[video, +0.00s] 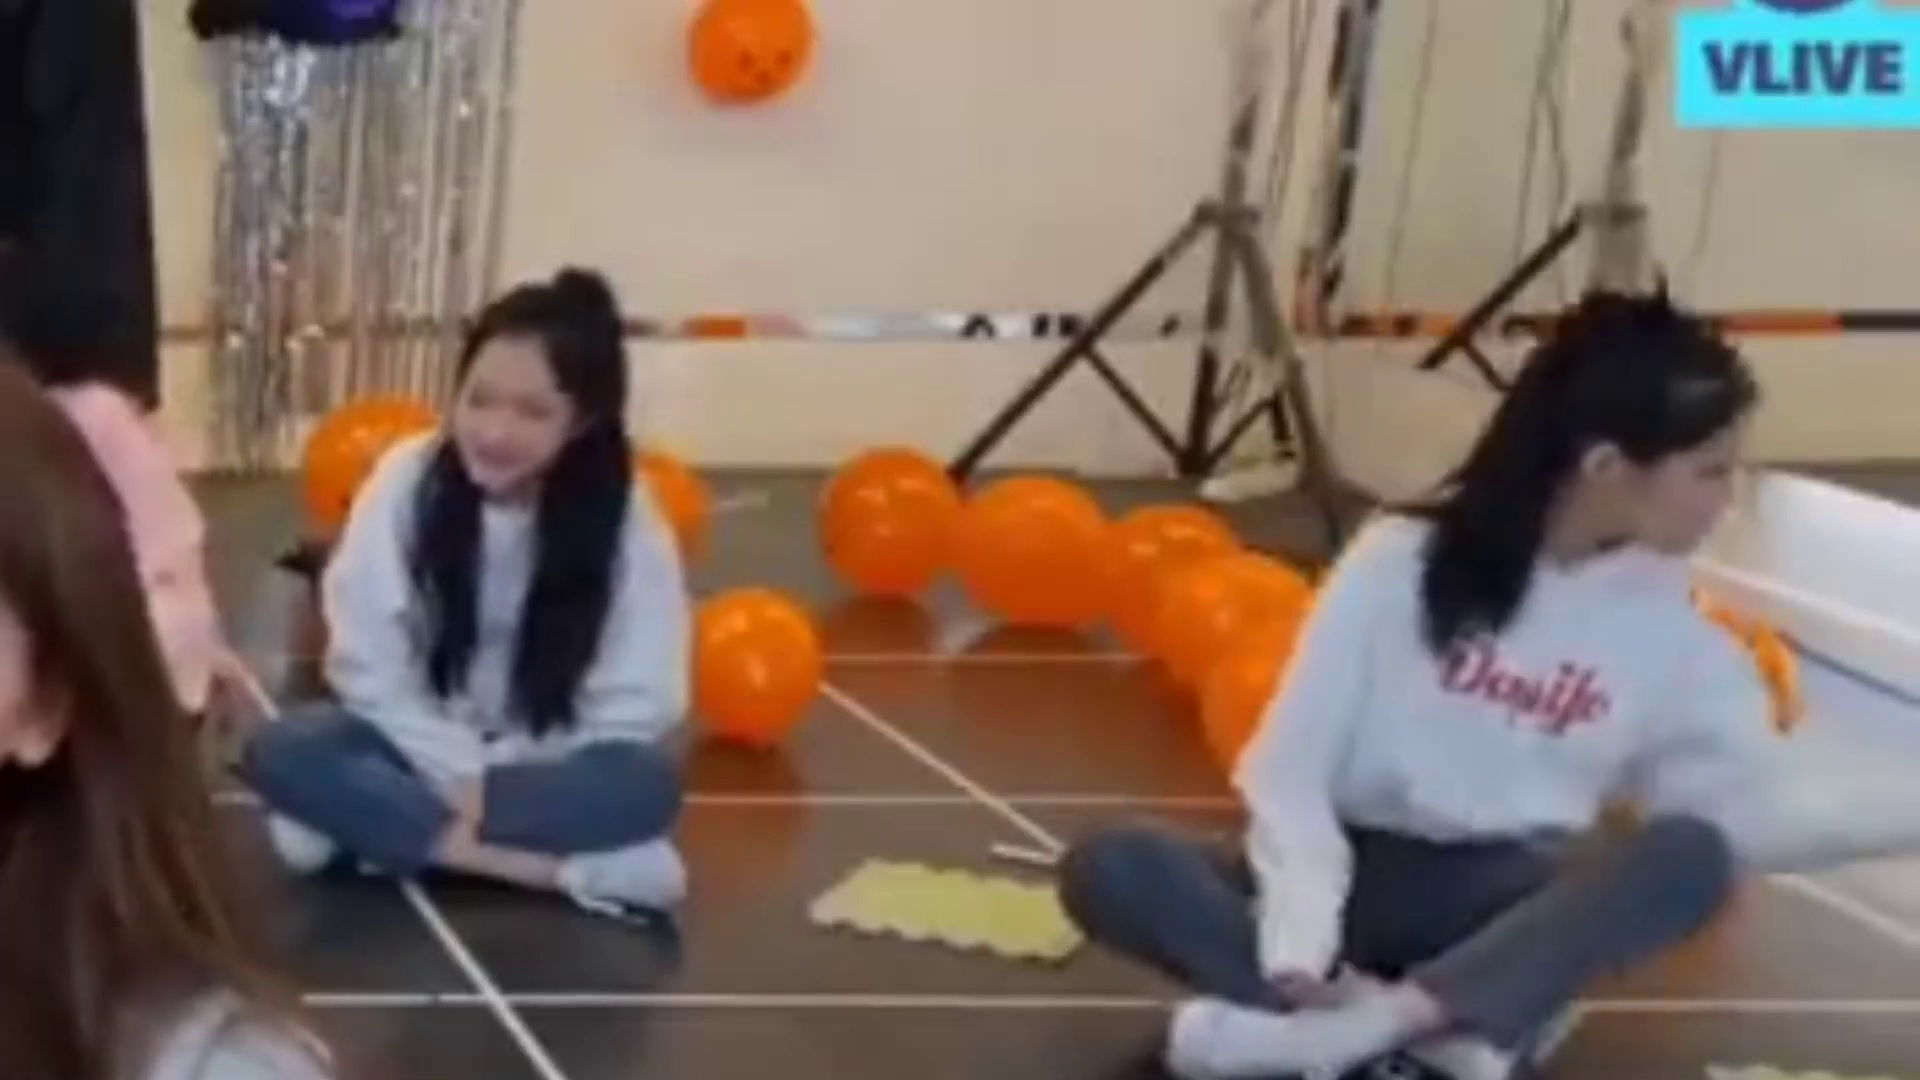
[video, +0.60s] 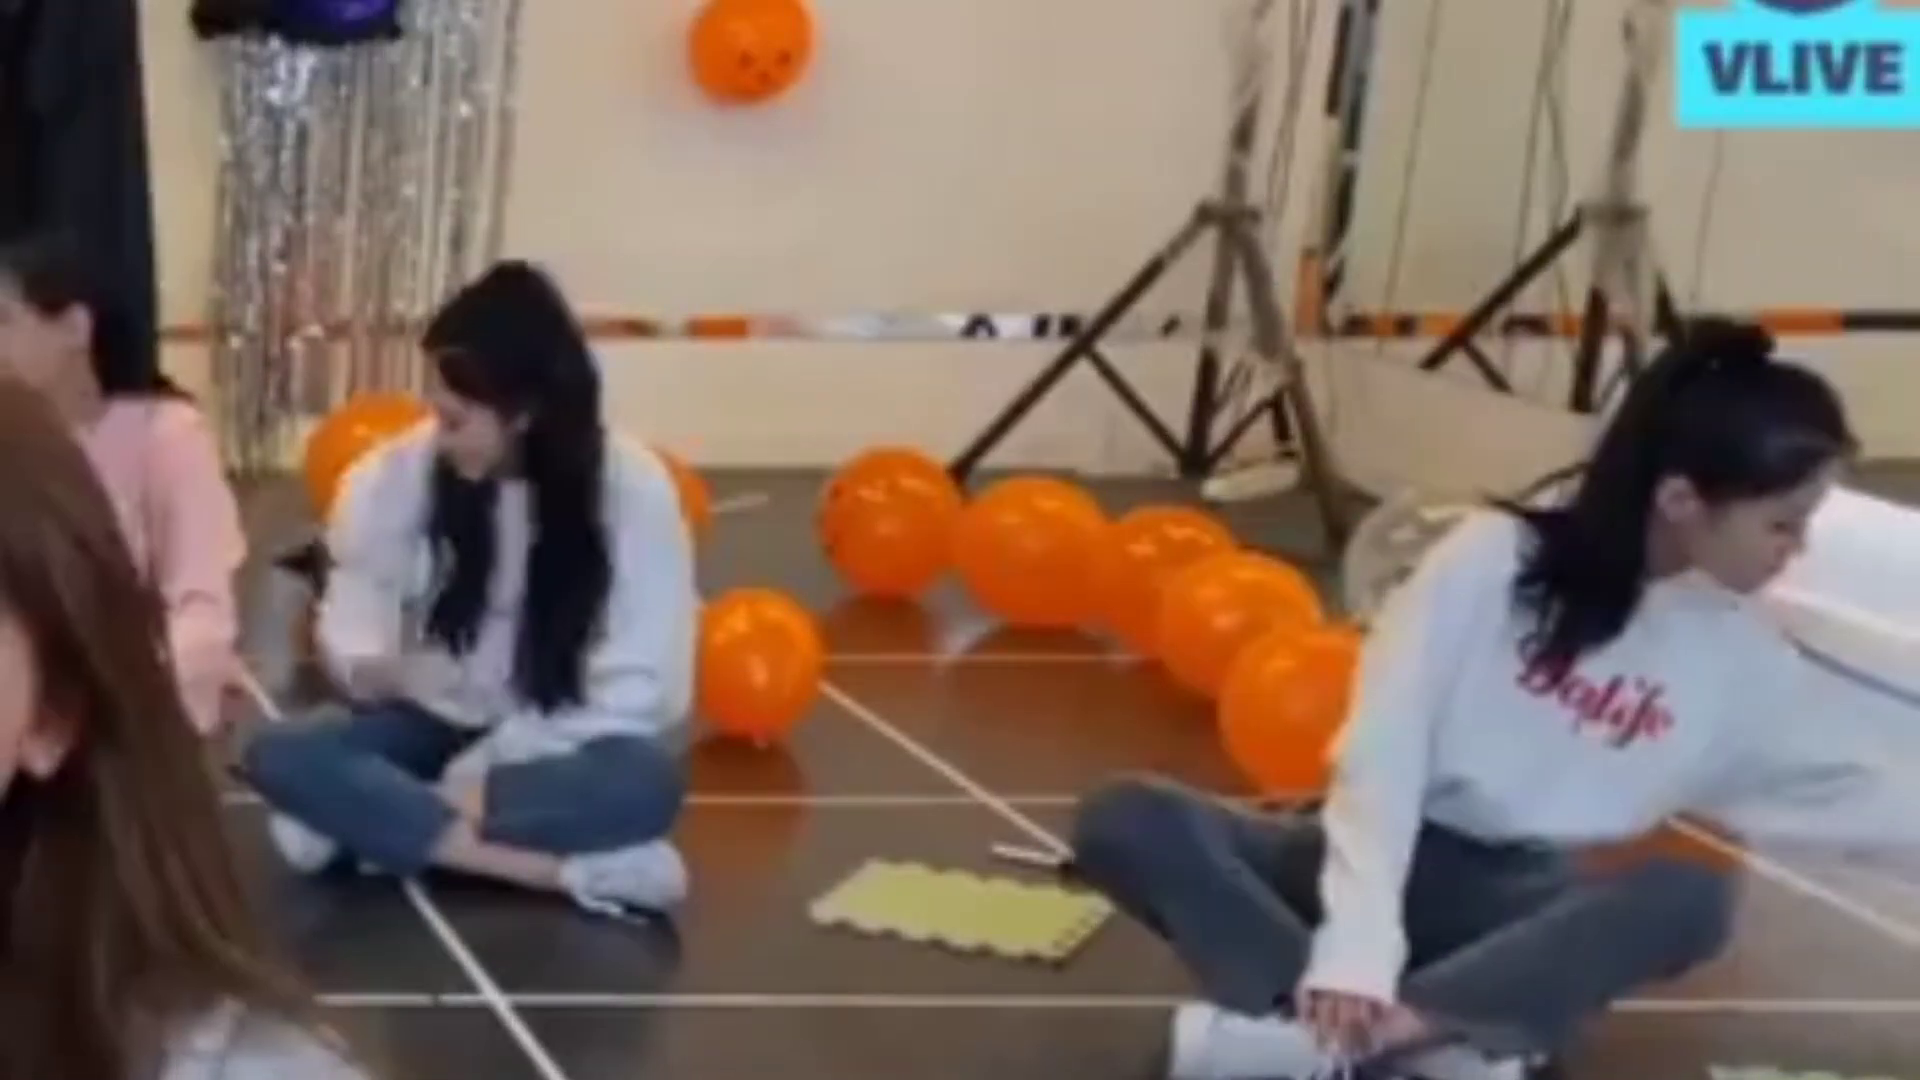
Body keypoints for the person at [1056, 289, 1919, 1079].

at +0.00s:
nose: (1729, 497)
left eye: (1733, 471)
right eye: (1709, 473)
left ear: (1615, 473)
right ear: (1605, 467)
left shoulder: (1673, 637)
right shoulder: (1399, 559)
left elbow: (1747, 810)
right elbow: (1287, 767)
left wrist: (1915, 803)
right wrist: (1303, 959)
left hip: (1499, 894)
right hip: (1339, 865)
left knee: (1693, 854)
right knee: (1105, 864)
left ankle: (1364, 1023)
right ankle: (1415, 1036)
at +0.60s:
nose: (1798, 547)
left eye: (1807, 522)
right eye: (1784, 522)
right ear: (1684, 504)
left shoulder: (1738, 669)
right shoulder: (1488, 557)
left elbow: (1886, 793)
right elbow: (1379, 758)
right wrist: (1360, 944)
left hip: (1505, 894)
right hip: (1363, 851)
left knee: (1693, 899)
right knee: (1121, 819)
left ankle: (1331, 1038)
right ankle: (1407, 1047)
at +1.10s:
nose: (1799, 538)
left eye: (1809, 513)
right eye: (1782, 510)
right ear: (1683, 483)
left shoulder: (1736, 647)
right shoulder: (1482, 554)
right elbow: (1376, 761)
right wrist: (1351, 948)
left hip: (1516, 891)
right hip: (1369, 856)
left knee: (1687, 889)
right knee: (1143, 793)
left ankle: (1325, 1038)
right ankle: (1410, 1046)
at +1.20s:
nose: (1808, 550)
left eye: (1818, 524)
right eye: (1796, 520)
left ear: (1701, 492)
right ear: (1696, 487)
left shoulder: (1727, 651)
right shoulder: (1489, 554)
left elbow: (1683, 847)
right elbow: (1379, 757)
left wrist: (1698, 937)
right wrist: (1356, 947)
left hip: (1515, 894)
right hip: (1370, 856)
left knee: (1687, 885)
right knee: (1147, 791)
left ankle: (1325, 1040)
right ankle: (1410, 1044)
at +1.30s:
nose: (1808, 549)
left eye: (1821, 524)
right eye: (1797, 519)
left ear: (1710, 489)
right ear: (1707, 485)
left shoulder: (1727, 650)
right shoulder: (1488, 556)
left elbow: (1705, 833)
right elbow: (1376, 759)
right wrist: (1360, 950)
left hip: (1511, 886)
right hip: (1366, 852)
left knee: (1693, 894)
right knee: (1147, 791)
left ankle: (1332, 1039)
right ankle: (1404, 1043)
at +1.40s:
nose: (1805, 540)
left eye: (1820, 514)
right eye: (1794, 510)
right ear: (1704, 480)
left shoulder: (1728, 650)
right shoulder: (1481, 555)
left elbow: (1805, 819)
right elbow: (1374, 761)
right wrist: (1354, 954)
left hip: (1509, 886)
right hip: (1363, 853)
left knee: (1693, 899)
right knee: (1144, 793)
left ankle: (1329, 1039)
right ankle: (1405, 1045)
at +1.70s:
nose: (1796, 539)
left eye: (1810, 514)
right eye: (1789, 511)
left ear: (1711, 492)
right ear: (1700, 483)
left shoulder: (1720, 638)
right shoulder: (1471, 557)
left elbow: (1718, 827)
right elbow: (1363, 760)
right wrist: (1351, 953)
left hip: (1500, 892)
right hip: (1360, 855)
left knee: (1691, 901)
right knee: (1139, 796)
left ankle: (1326, 1041)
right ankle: (1406, 1046)